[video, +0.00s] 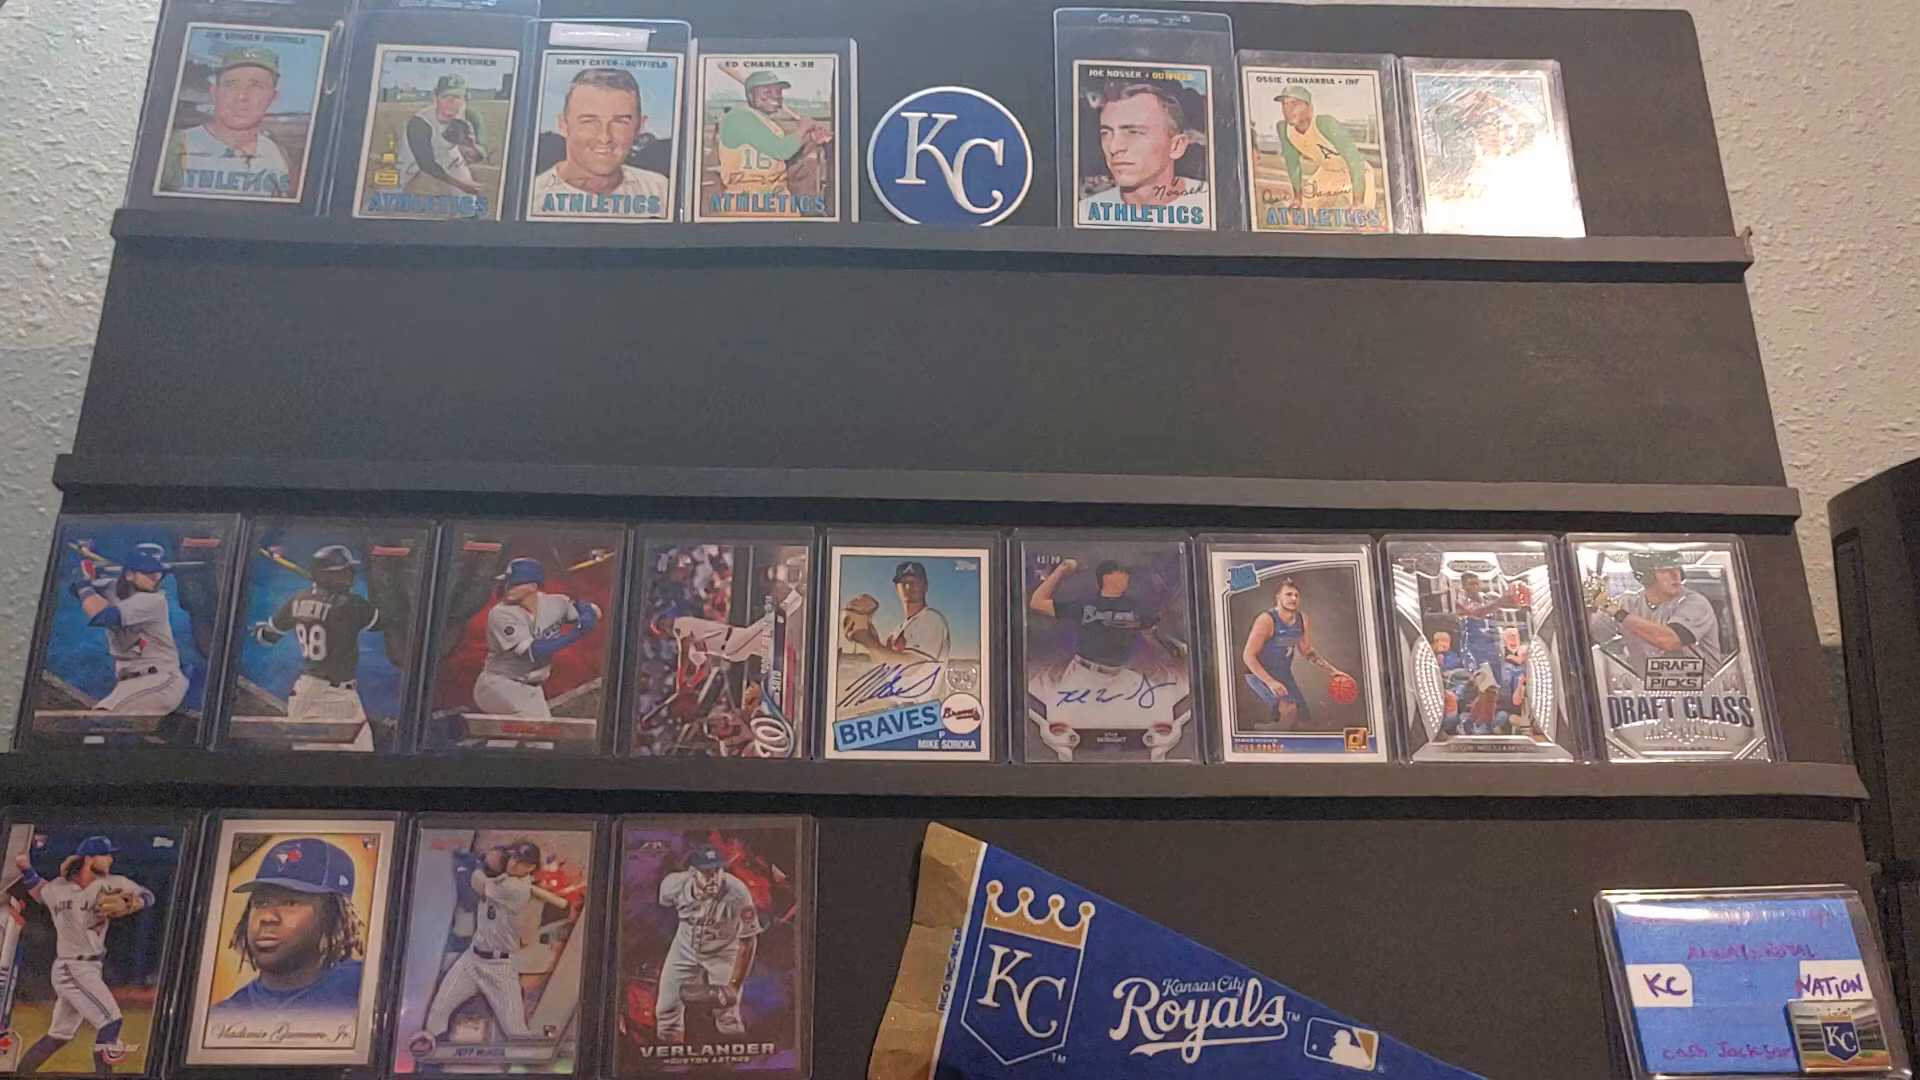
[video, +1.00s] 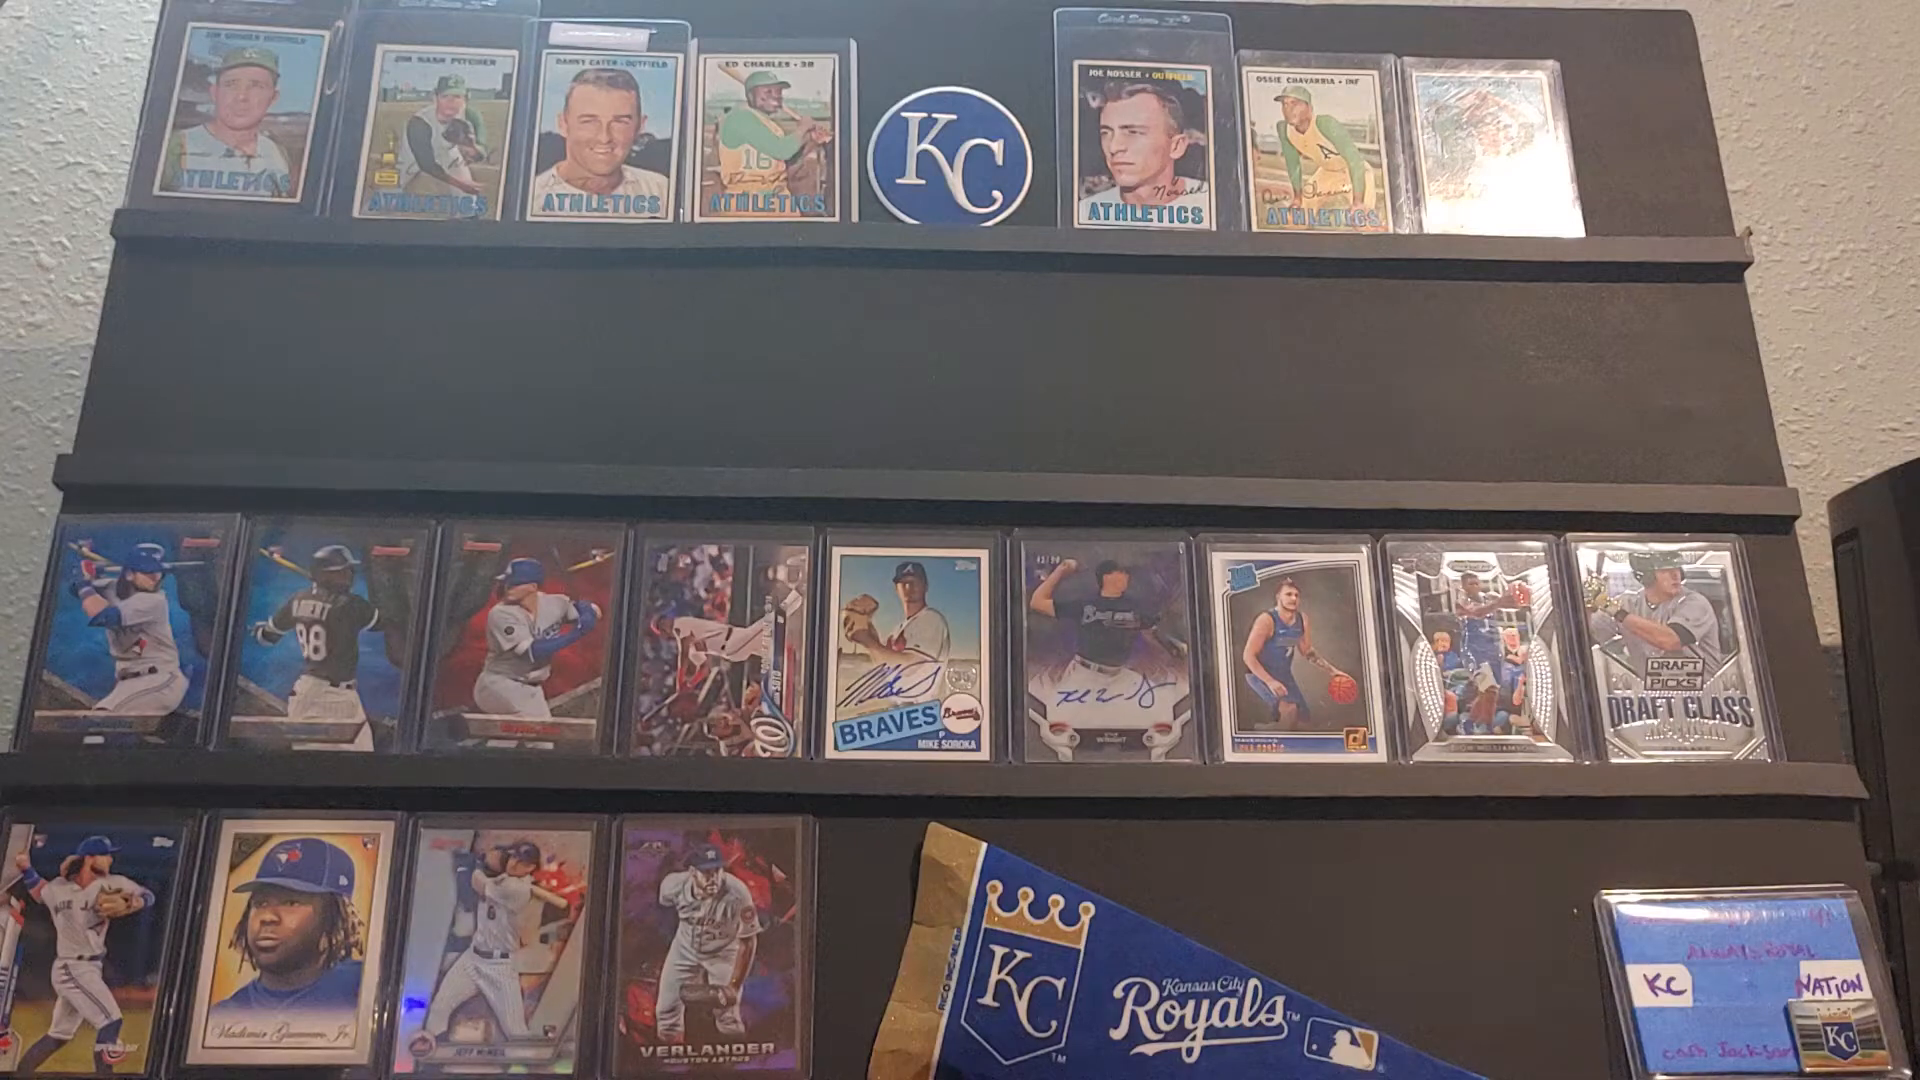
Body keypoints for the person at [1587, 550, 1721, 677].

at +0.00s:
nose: (1677, 575)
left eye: (1677, 569)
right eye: (1667, 570)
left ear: (1682, 571)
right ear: (1646, 575)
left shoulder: (1696, 604)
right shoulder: (1628, 604)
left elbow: (1670, 641)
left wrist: (1623, 616)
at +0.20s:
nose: (1677, 575)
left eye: (1677, 568)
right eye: (1667, 570)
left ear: (1682, 571)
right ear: (1646, 575)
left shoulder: (1696, 604)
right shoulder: (1628, 604)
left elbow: (1670, 641)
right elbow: (1587, 635)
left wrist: (1623, 616)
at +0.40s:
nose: (1677, 575)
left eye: (1677, 568)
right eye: (1666, 570)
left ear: (1682, 570)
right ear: (1645, 575)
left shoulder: (1696, 604)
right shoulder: (1628, 604)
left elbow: (1670, 641)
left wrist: (1623, 616)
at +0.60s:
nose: (1676, 576)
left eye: (1677, 569)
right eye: (1666, 570)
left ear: (1682, 571)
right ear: (1646, 575)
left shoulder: (1696, 604)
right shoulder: (1628, 603)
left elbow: (1671, 641)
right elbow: (1588, 635)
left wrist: (1623, 616)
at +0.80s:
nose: (1676, 575)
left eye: (1677, 568)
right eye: (1666, 570)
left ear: (1682, 571)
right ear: (1645, 575)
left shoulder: (1696, 604)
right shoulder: (1628, 603)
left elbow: (1670, 641)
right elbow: (1589, 635)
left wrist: (1623, 616)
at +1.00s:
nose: (1676, 575)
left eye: (1677, 568)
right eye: (1666, 570)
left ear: (1682, 571)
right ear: (1645, 575)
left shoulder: (1696, 604)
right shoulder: (1628, 603)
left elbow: (1671, 641)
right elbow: (1588, 635)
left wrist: (1621, 615)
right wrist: (1584, 608)